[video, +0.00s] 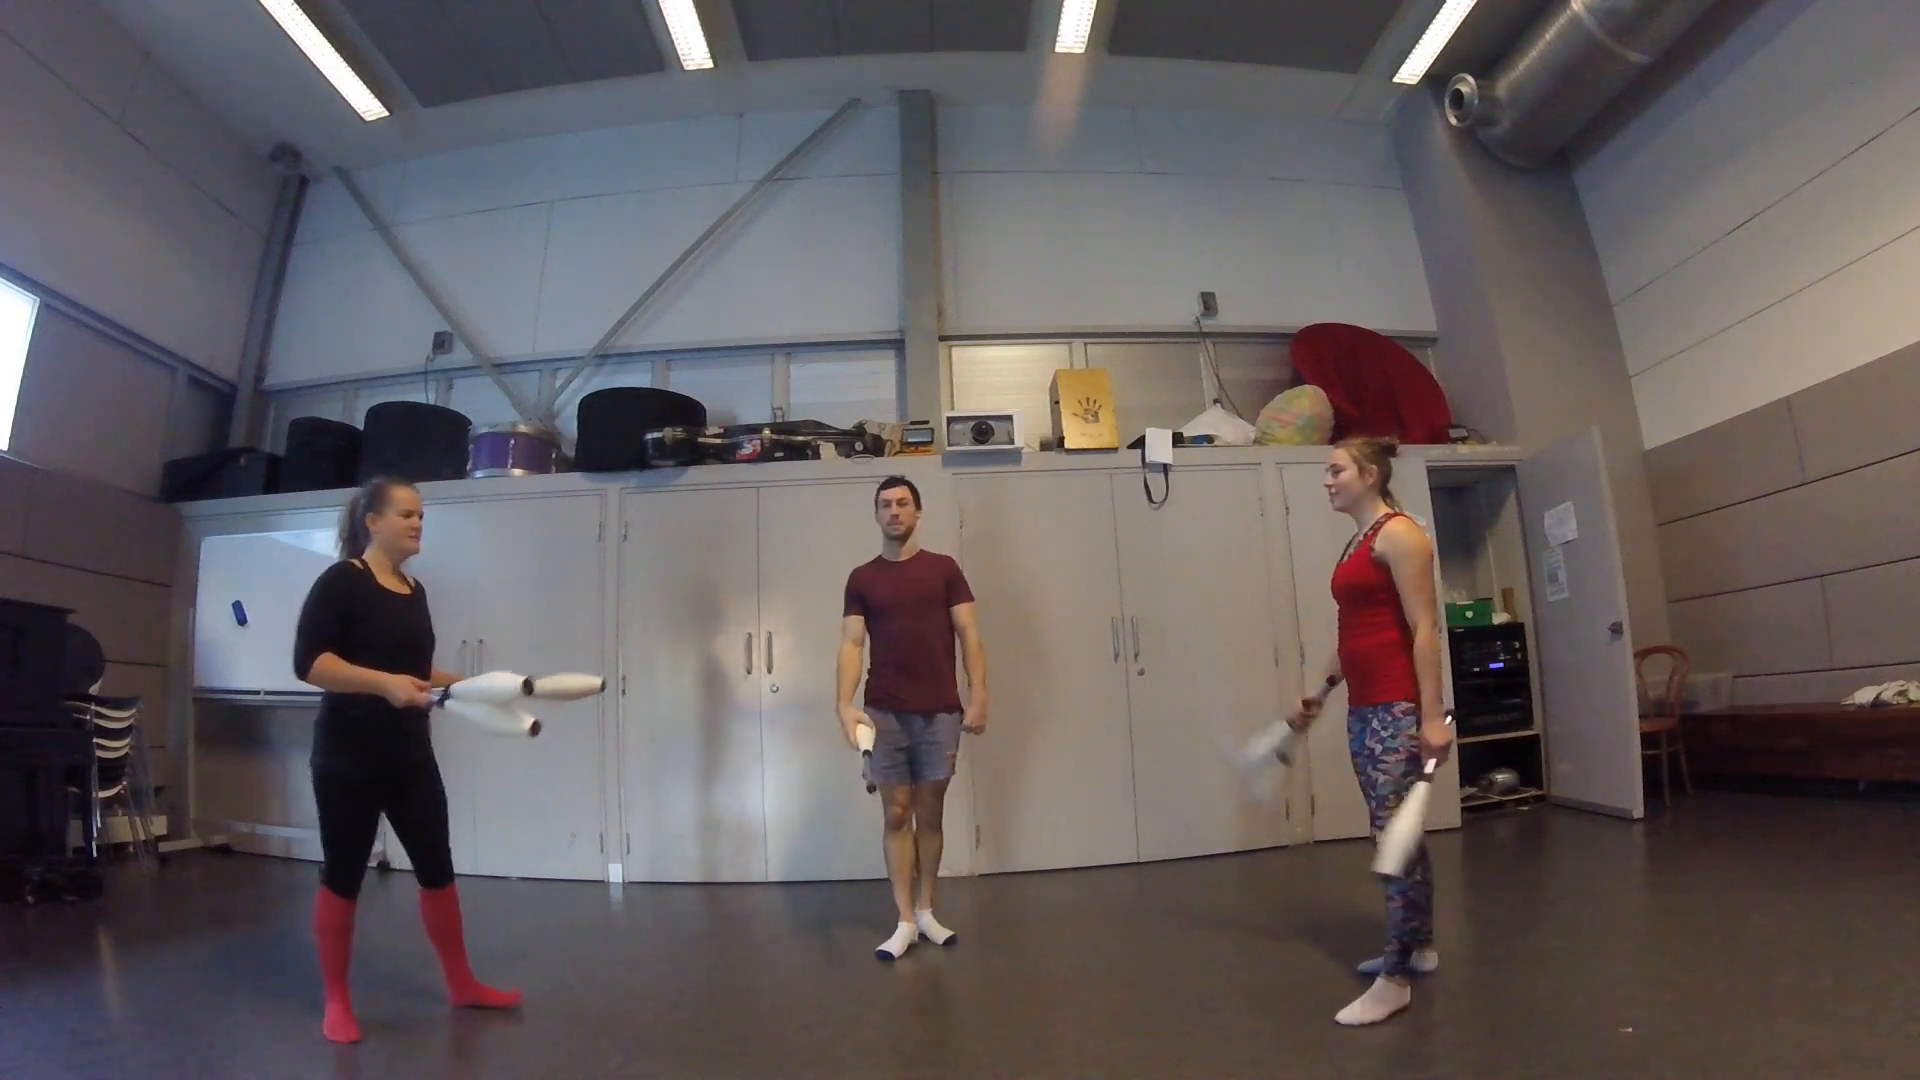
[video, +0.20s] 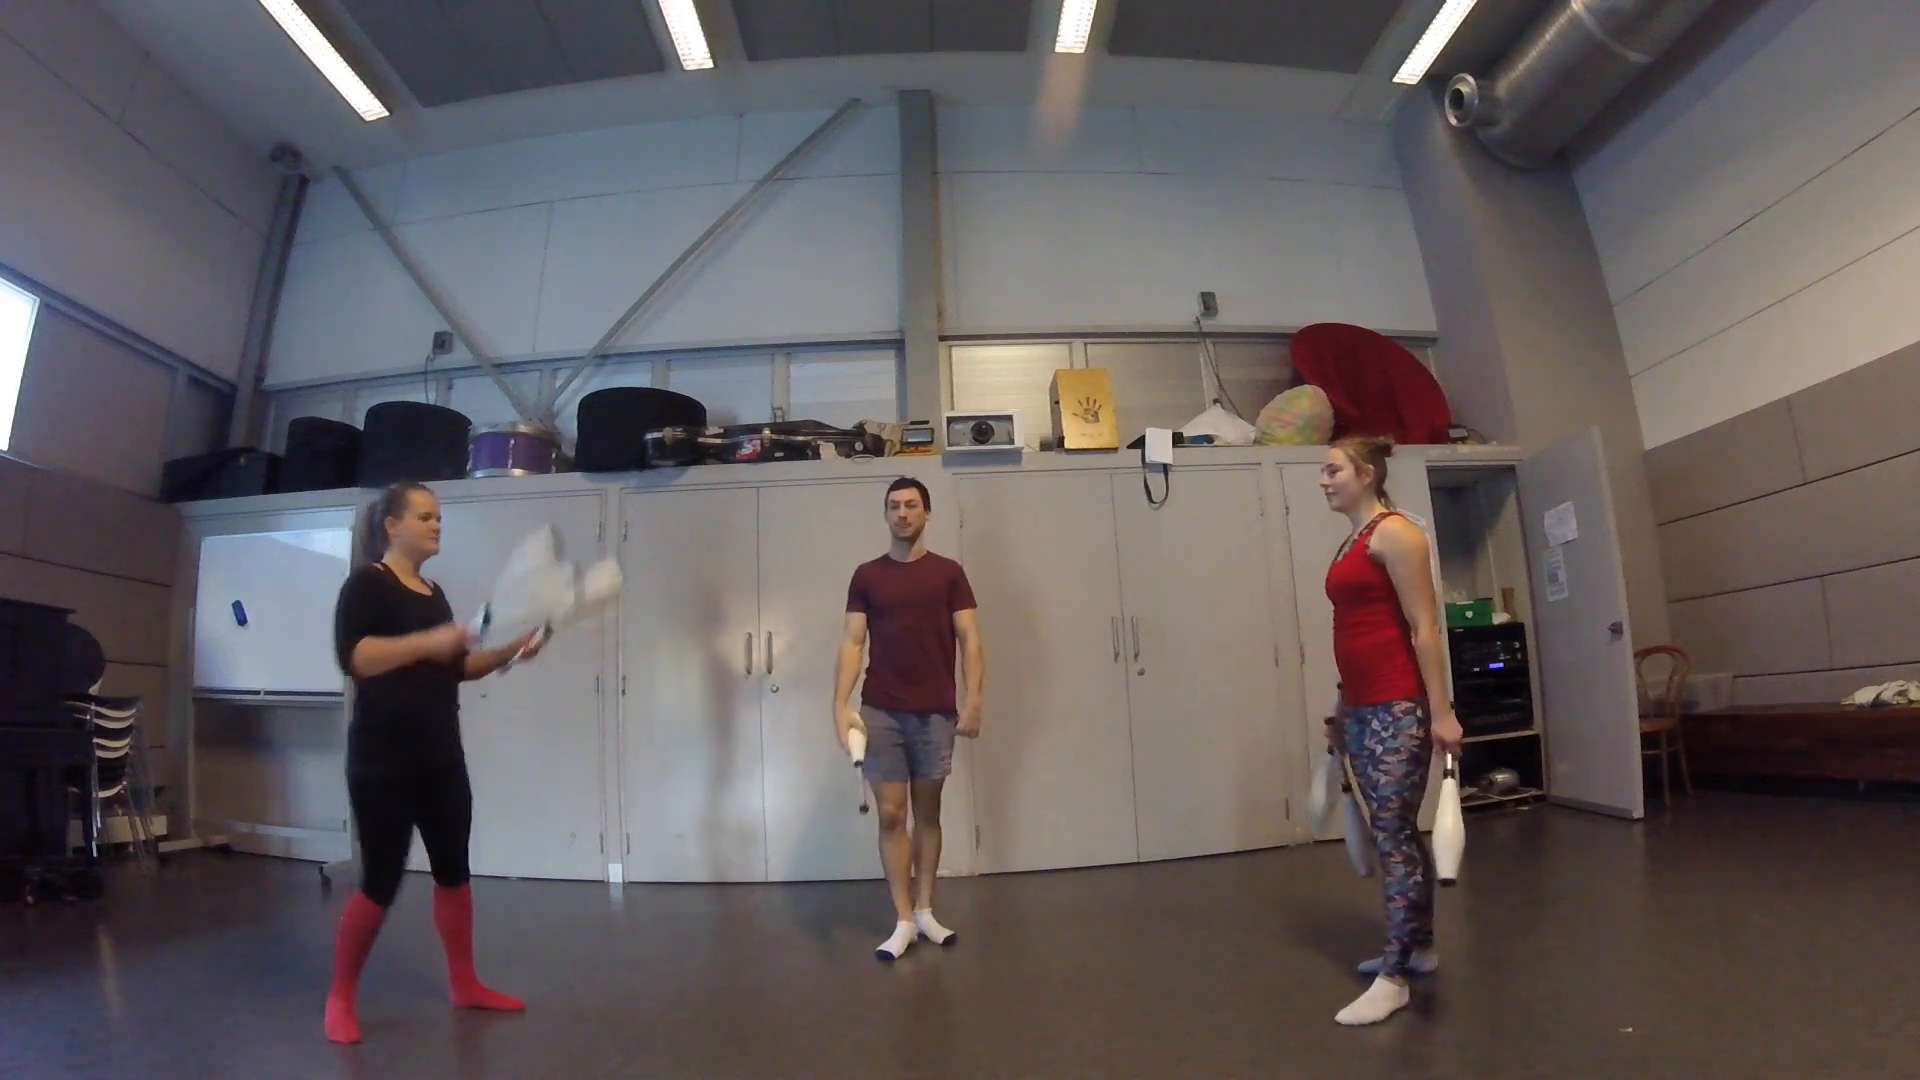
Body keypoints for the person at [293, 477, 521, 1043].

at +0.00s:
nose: (419, 525)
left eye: (421, 517)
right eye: (408, 516)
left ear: (415, 527)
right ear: (371, 522)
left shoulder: (412, 591)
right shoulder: (338, 583)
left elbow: (412, 670)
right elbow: (310, 663)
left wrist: (473, 687)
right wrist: (385, 683)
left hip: (409, 752)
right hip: (348, 753)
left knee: (436, 869)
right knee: (342, 875)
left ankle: (462, 986)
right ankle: (337, 1002)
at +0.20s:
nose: (437, 528)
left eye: (438, 520)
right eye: (426, 518)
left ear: (430, 529)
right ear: (390, 525)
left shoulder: (433, 593)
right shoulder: (364, 586)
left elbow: (450, 668)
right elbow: (356, 657)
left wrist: (508, 653)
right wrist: (429, 643)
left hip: (440, 755)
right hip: (381, 759)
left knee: (453, 872)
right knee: (380, 882)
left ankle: (465, 986)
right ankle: (342, 997)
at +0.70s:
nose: (457, 524)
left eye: (459, 515)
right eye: (445, 514)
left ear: (454, 527)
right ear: (408, 522)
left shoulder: (453, 589)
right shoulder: (385, 581)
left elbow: (501, 642)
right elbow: (421, 614)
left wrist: (528, 583)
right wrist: (464, 547)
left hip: (459, 751)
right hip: (404, 755)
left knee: (463, 872)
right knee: (407, 879)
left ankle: (466, 985)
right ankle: (405, 1005)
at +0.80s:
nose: (458, 521)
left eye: (458, 513)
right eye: (448, 512)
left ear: (454, 525)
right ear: (411, 520)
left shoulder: (453, 588)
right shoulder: (388, 579)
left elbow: (501, 643)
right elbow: (424, 622)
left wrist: (531, 585)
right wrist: (478, 563)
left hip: (458, 751)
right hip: (403, 755)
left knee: (462, 872)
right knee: (405, 878)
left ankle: (466, 986)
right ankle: (404, 1004)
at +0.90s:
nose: (460, 519)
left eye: (461, 511)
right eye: (449, 510)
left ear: (454, 523)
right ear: (413, 519)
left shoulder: (460, 588)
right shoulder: (389, 582)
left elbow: (503, 646)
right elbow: (418, 643)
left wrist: (531, 596)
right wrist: (490, 610)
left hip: (457, 750)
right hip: (402, 753)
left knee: (458, 871)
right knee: (403, 875)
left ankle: (465, 986)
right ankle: (404, 1004)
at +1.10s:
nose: (469, 518)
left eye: (470, 510)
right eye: (458, 510)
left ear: (463, 523)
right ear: (422, 520)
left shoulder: (467, 587)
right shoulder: (401, 584)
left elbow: (508, 644)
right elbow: (391, 669)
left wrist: (538, 587)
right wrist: (455, 723)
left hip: (461, 749)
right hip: (405, 751)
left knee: (457, 872)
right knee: (404, 876)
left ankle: (465, 986)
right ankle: (404, 1006)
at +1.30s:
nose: (477, 517)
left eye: (477, 509)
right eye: (465, 510)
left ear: (474, 524)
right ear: (431, 522)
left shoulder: (472, 585)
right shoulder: (415, 583)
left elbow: (507, 646)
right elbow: (386, 670)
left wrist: (542, 592)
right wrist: (424, 743)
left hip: (460, 744)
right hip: (408, 746)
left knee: (459, 866)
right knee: (406, 872)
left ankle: (465, 986)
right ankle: (404, 1006)